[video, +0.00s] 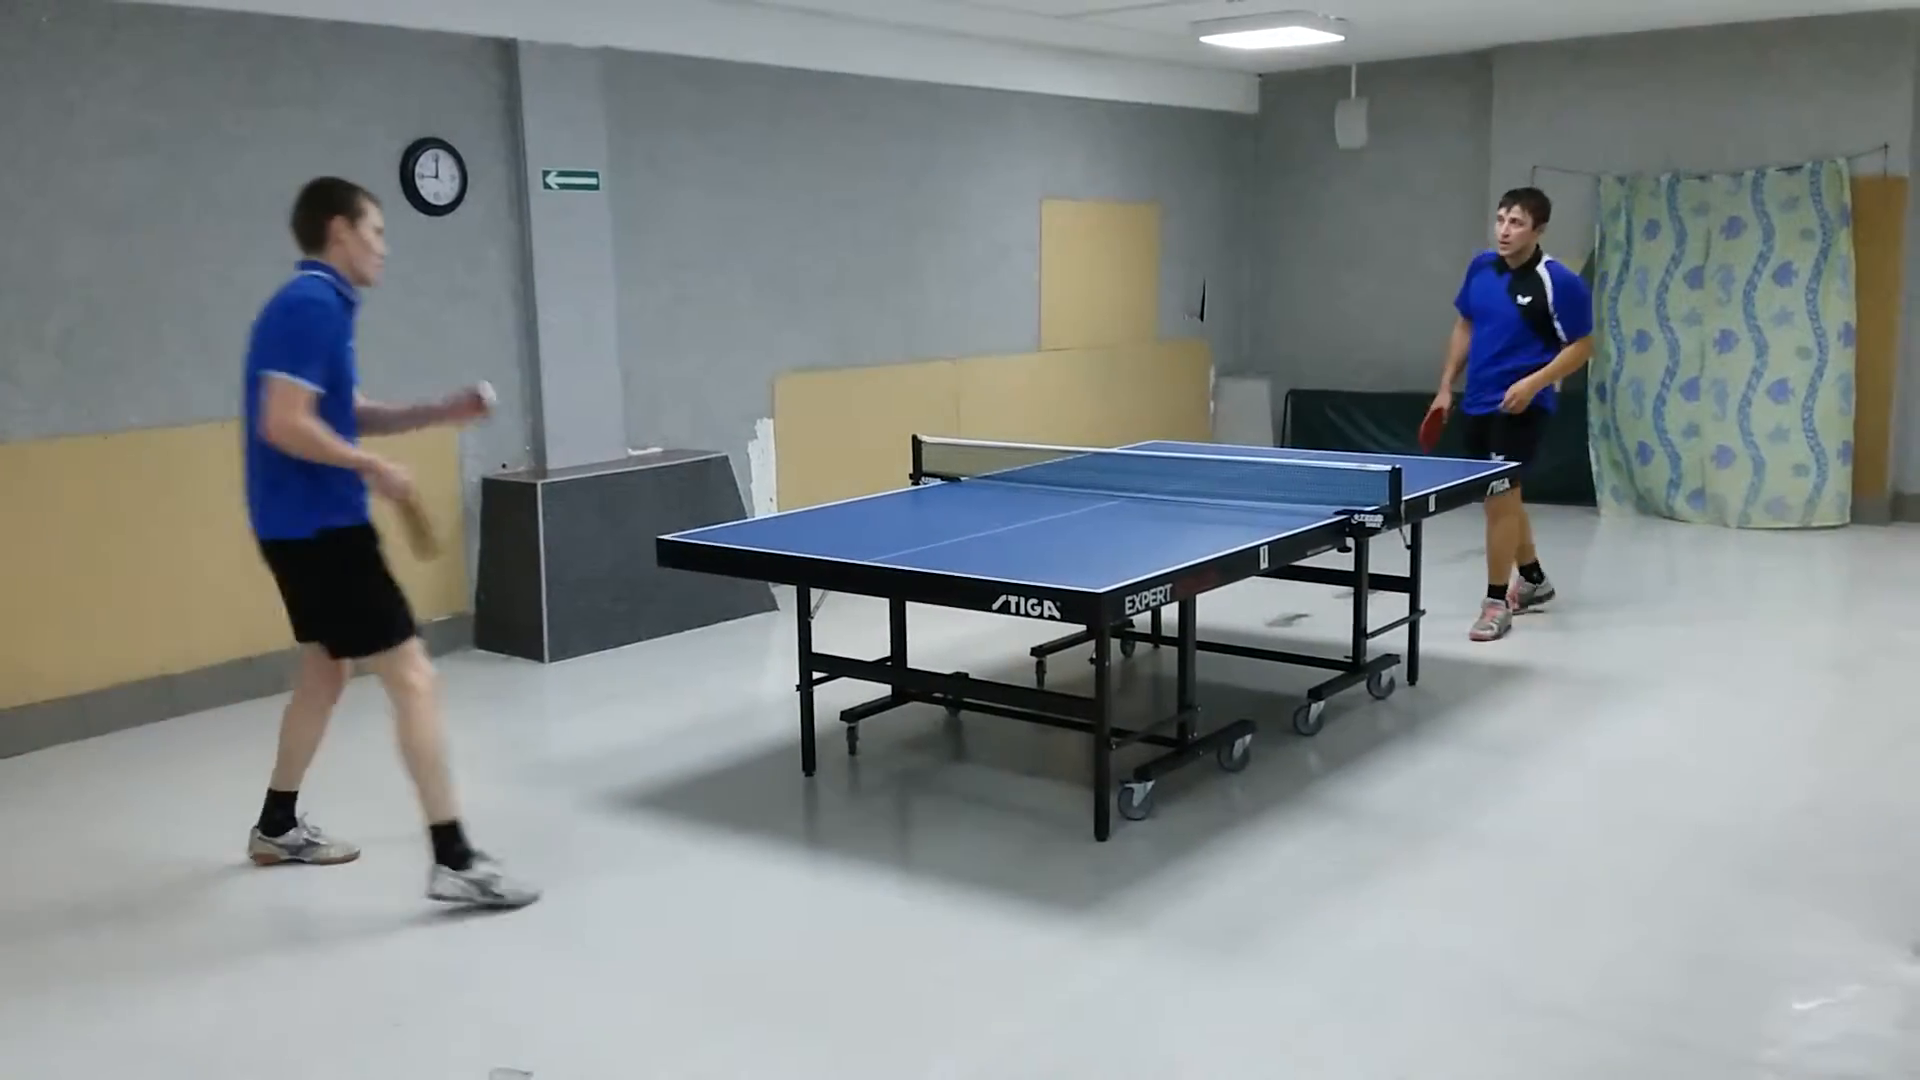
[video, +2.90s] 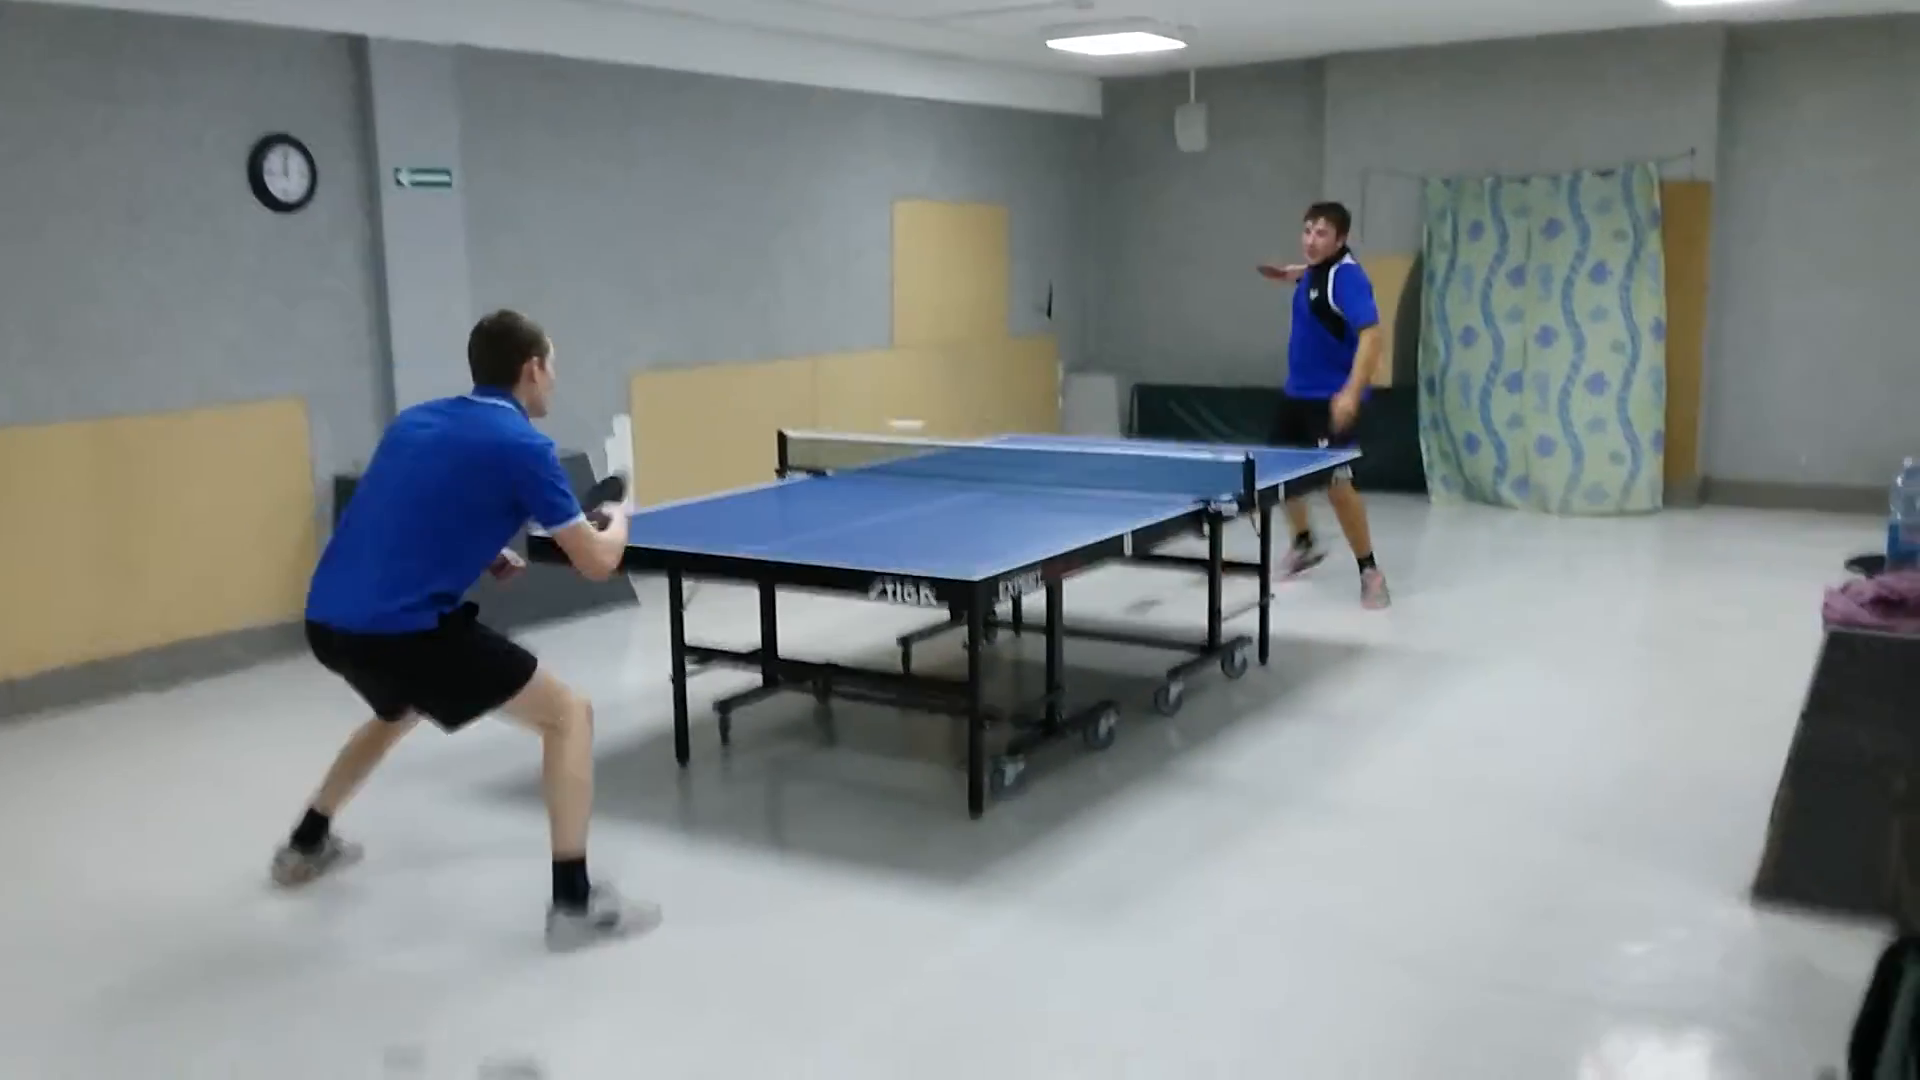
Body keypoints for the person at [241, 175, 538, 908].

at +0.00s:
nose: (383, 247)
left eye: (381, 234)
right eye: (373, 231)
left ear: (333, 236)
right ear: (335, 233)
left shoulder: (323, 305)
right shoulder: (311, 304)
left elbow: (343, 417)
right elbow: (282, 423)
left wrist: (440, 413)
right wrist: (375, 468)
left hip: (305, 527)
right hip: (320, 529)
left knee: (324, 669)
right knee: (414, 675)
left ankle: (276, 826)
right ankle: (453, 861)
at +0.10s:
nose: (416, 248)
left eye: (415, 234)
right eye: (408, 234)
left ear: (355, 239)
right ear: (376, 235)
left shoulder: (309, 311)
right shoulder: (370, 307)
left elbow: (352, 439)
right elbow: (375, 438)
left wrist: (453, 450)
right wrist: (459, 448)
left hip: (315, 542)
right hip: (371, 540)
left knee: (343, 674)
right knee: (451, 687)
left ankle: (277, 820)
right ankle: (459, 874)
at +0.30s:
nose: (469, 232)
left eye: (467, 217)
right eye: (464, 218)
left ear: (395, 224)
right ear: (436, 222)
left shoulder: (336, 299)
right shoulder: (448, 303)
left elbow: (312, 419)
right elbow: (503, 430)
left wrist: (390, 441)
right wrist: (564, 383)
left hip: (349, 535)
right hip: (426, 532)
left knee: (391, 677)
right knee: (473, 688)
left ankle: (320, 843)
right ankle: (463, 877)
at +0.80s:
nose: (502, 242)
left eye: (500, 228)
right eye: (498, 228)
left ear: (425, 235)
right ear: (471, 231)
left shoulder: (368, 316)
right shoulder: (487, 311)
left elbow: (320, 433)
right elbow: (497, 449)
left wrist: (383, 494)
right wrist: (567, 462)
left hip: (403, 564)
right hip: (489, 555)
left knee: (403, 734)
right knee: (603, 690)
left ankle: (388, 921)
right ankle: (588, 881)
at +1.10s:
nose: (592, 249)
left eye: (586, 235)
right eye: (588, 238)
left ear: (515, 251)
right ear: (575, 248)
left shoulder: (457, 327)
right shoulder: (599, 349)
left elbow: (395, 437)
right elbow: (612, 495)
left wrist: (453, 504)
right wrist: (658, 512)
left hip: (467, 578)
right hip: (557, 581)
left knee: (477, 710)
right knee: (632, 738)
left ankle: (400, 891)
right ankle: (624, 941)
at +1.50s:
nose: (669, 318)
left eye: (666, 304)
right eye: (667, 305)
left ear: (596, 303)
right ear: (650, 311)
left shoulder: (526, 348)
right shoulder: (628, 407)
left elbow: (442, 429)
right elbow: (627, 556)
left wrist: (497, 495)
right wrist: (702, 560)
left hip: (456, 582)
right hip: (534, 600)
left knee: (478, 696)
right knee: (641, 742)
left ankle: (435, 846)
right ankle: (623, 942)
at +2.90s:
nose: (552, 379)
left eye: (549, 366)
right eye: (549, 367)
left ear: (480, 370)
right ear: (532, 371)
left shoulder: (418, 419)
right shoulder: (525, 447)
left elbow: (399, 512)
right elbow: (596, 562)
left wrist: (480, 552)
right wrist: (615, 522)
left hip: (330, 620)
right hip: (408, 628)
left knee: (400, 708)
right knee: (567, 715)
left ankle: (305, 842)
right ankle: (574, 900)